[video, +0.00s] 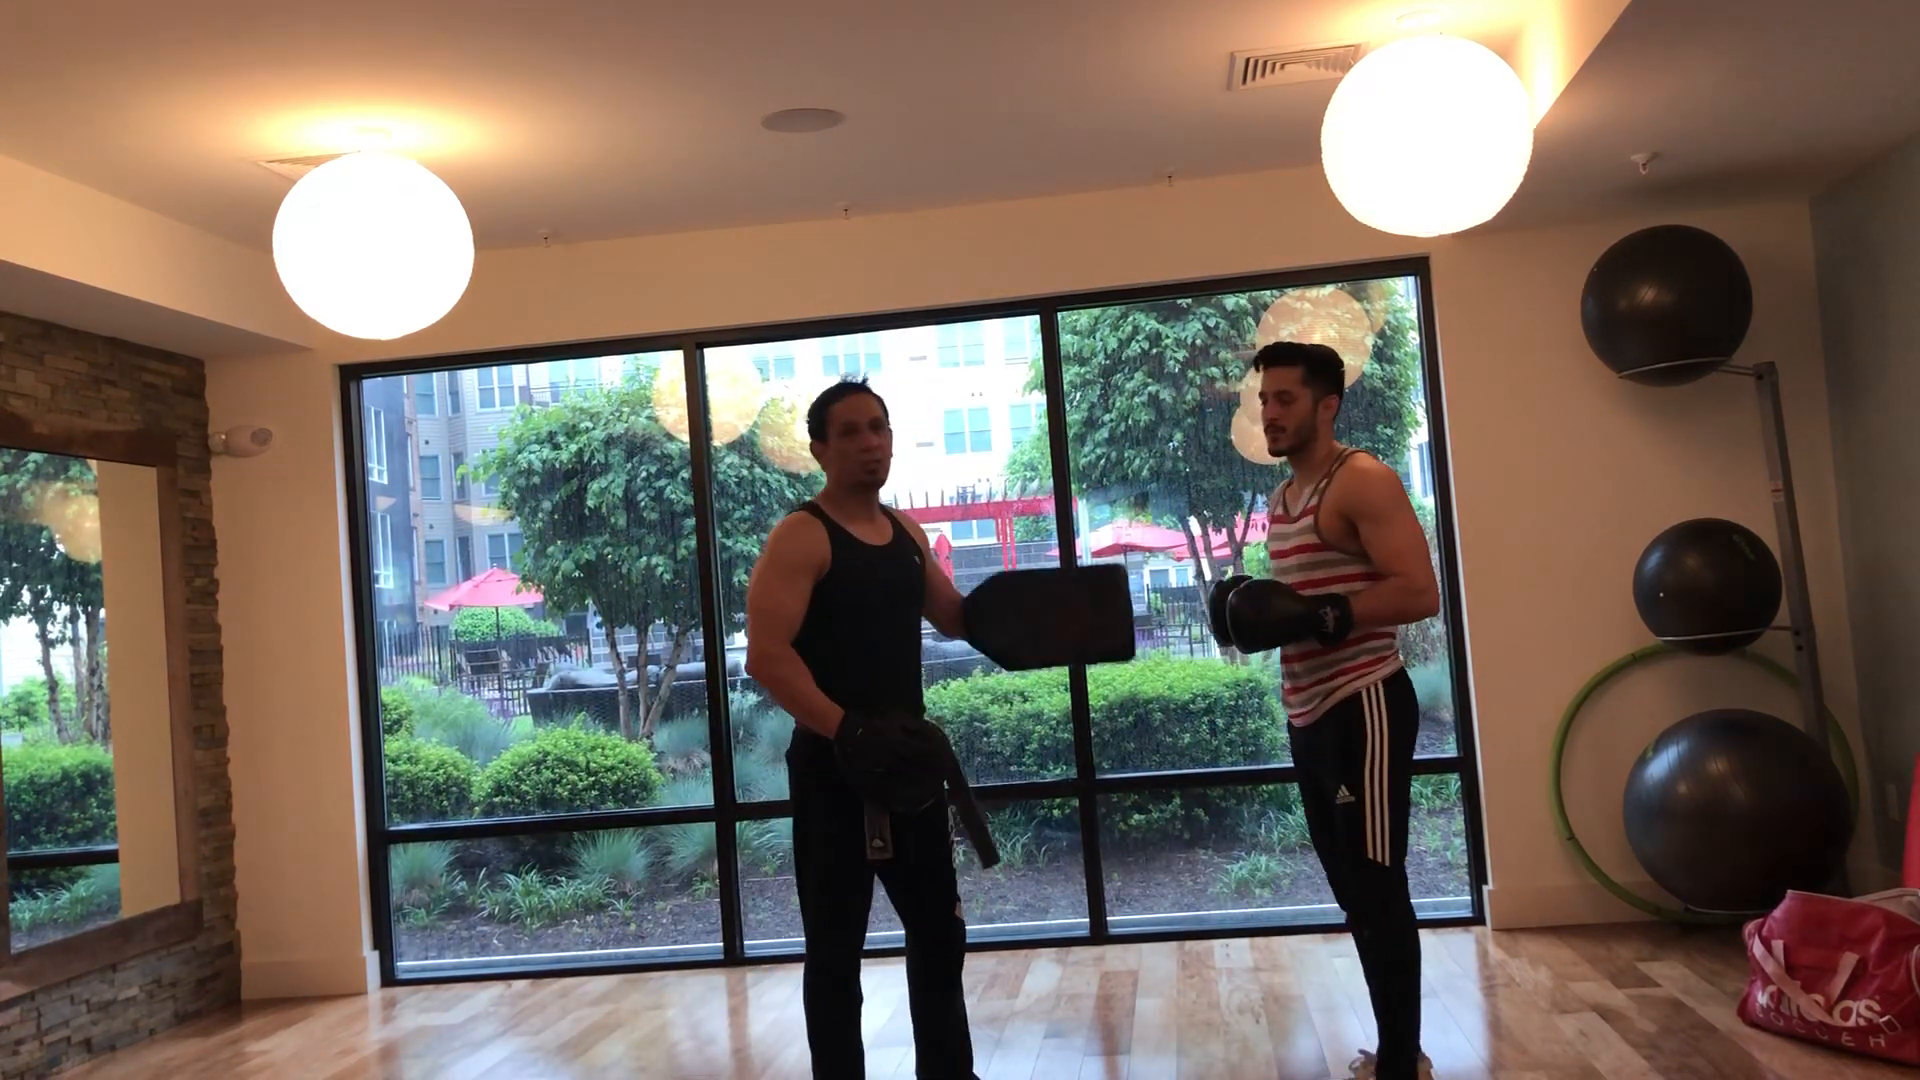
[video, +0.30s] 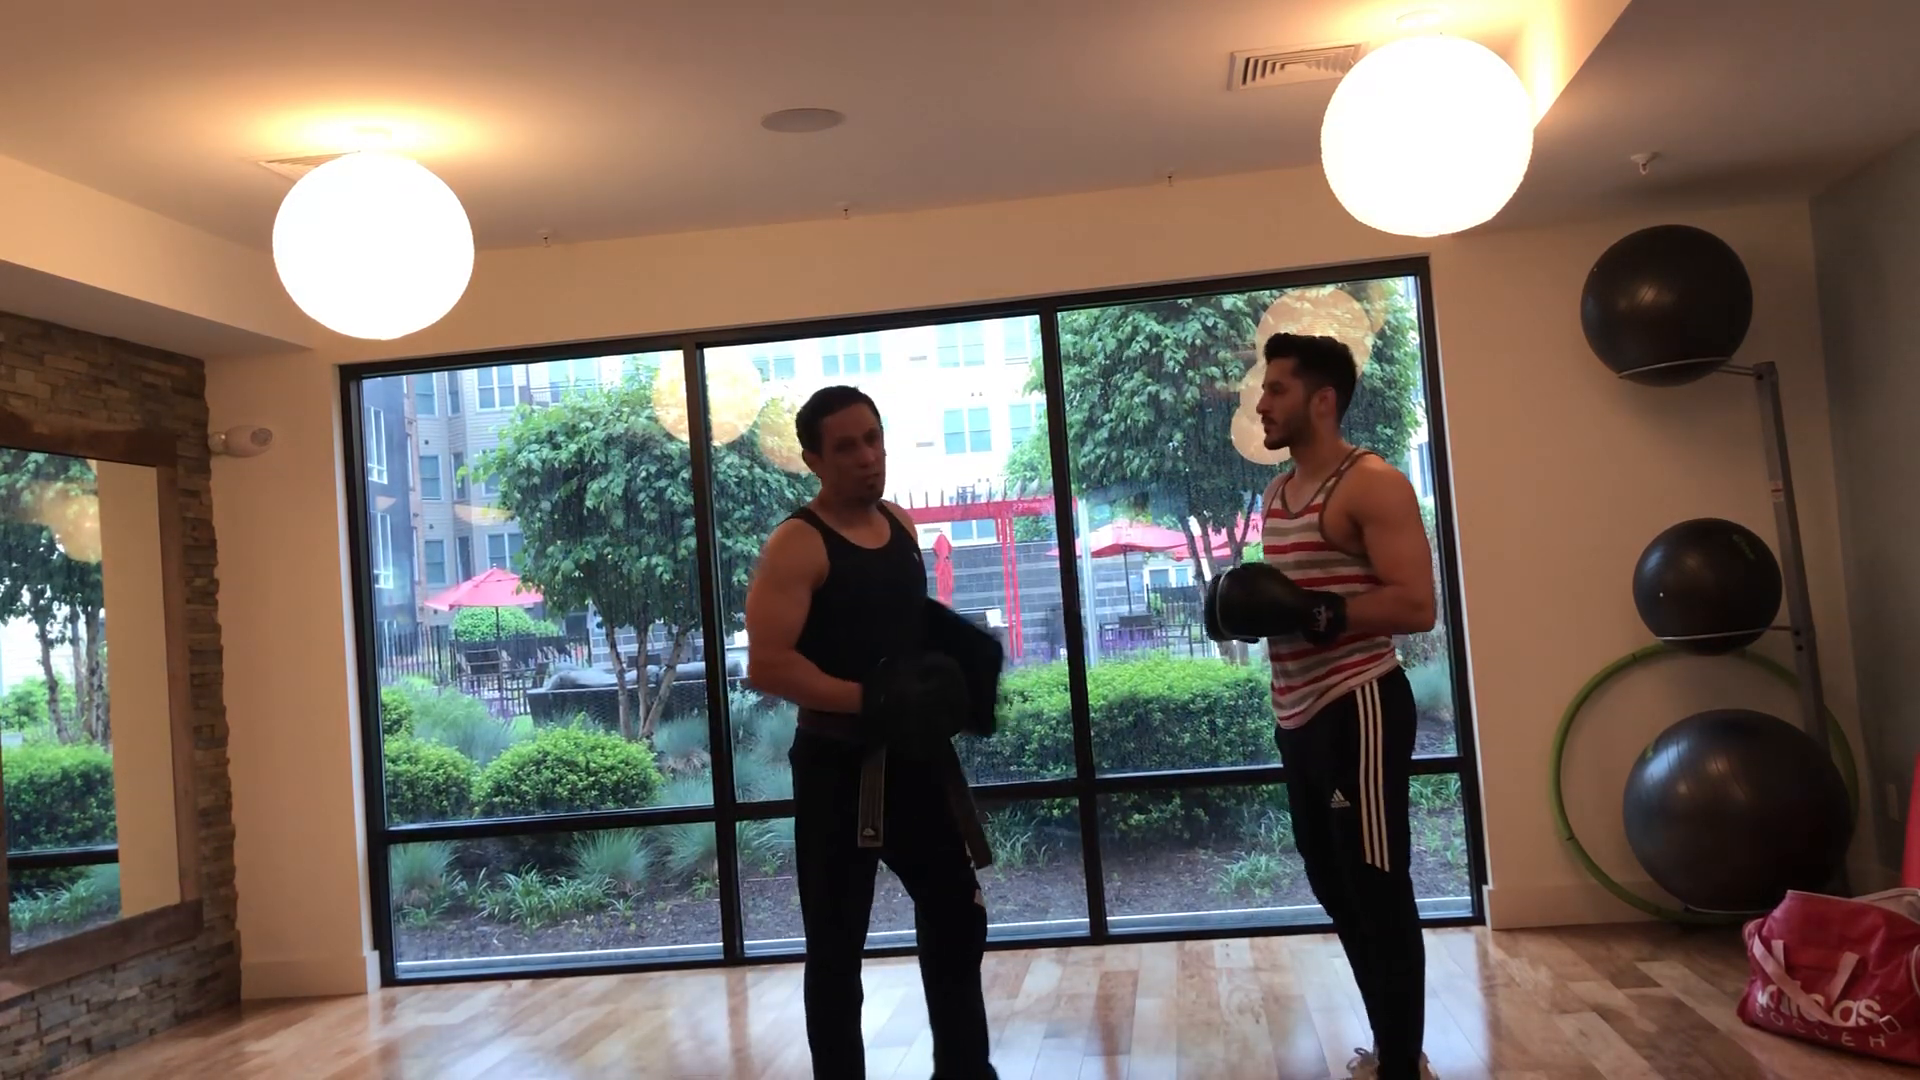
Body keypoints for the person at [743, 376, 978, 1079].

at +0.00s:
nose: (871, 442)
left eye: (879, 428)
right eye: (851, 432)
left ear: (891, 438)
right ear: (820, 449)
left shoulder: (902, 532)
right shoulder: (799, 536)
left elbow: (955, 617)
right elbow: (764, 653)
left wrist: (1041, 612)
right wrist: (848, 730)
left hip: (907, 757)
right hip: (829, 766)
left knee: (939, 938)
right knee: (835, 952)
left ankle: (948, 1074)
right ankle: (839, 1078)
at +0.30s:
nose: (867, 455)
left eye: (873, 439)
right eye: (847, 447)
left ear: (885, 441)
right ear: (815, 460)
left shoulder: (898, 527)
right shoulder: (794, 546)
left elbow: (904, 631)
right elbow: (766, 664)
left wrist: (958, 662)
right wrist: (873, 698)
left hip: (914, 753)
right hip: (834, 764)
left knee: (956, 921)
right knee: (836, 948)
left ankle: (965, 1073)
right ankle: (839, 1077)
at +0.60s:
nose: (952, 452)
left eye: (948, 439)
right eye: (938, 441)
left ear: (904, 454)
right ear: (891, 453)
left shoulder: (929, 532)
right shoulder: (841, 538)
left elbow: (931, 636)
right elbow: (806, 657)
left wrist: (994, 652)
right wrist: (914, 681)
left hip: (935, 753)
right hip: (862, 758)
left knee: (967, 932)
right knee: (855, 946)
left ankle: (991, 1073)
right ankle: (844, 1078)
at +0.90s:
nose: (1018, 488)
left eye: (1021, 475)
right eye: (1012, 472)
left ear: (974, 465)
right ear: (967, 460)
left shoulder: (974, 535)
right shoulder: (891, 530)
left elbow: (979, 626)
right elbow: (874, 644)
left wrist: (1041, 630)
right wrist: (979, 638)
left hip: (954, 740)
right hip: (887, 744)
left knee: (973, 923)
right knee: (888, 926)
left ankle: (991, 1071)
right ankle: (869, 1075)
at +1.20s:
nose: (1018, 482)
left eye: (1020, 468)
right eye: (1011, 466)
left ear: (972, 463)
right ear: (967, 460)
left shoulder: (969, 539)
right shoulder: (891, 529)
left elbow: (962, 631)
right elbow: (880, 646)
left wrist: (1034, 625)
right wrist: (987, 641)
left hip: (948, 747)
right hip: (881, 750)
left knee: (973, 921)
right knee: (882, 933)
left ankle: (989, 1069)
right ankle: (872, 1074)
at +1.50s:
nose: (999, 489)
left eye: (1002, 474)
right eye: (996, 472)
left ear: (956, 466)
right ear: (955, 463)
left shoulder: (949, 539)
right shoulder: (874, 535)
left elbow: (954, 636)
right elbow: (888, 652)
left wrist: (1022, 605)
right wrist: (986, 630)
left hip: (944, 748)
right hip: (873, 754)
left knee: (1000, 906)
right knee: (873, 938)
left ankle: (1001, 1068)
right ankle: (869, 1075)